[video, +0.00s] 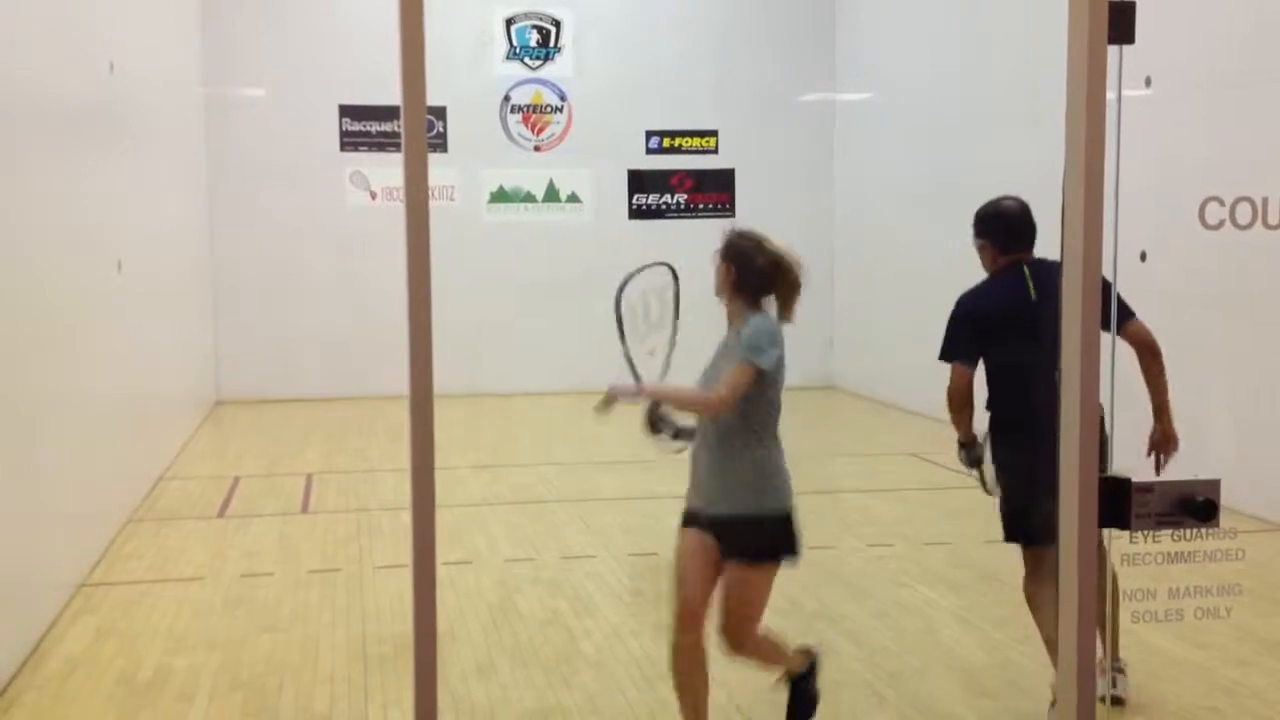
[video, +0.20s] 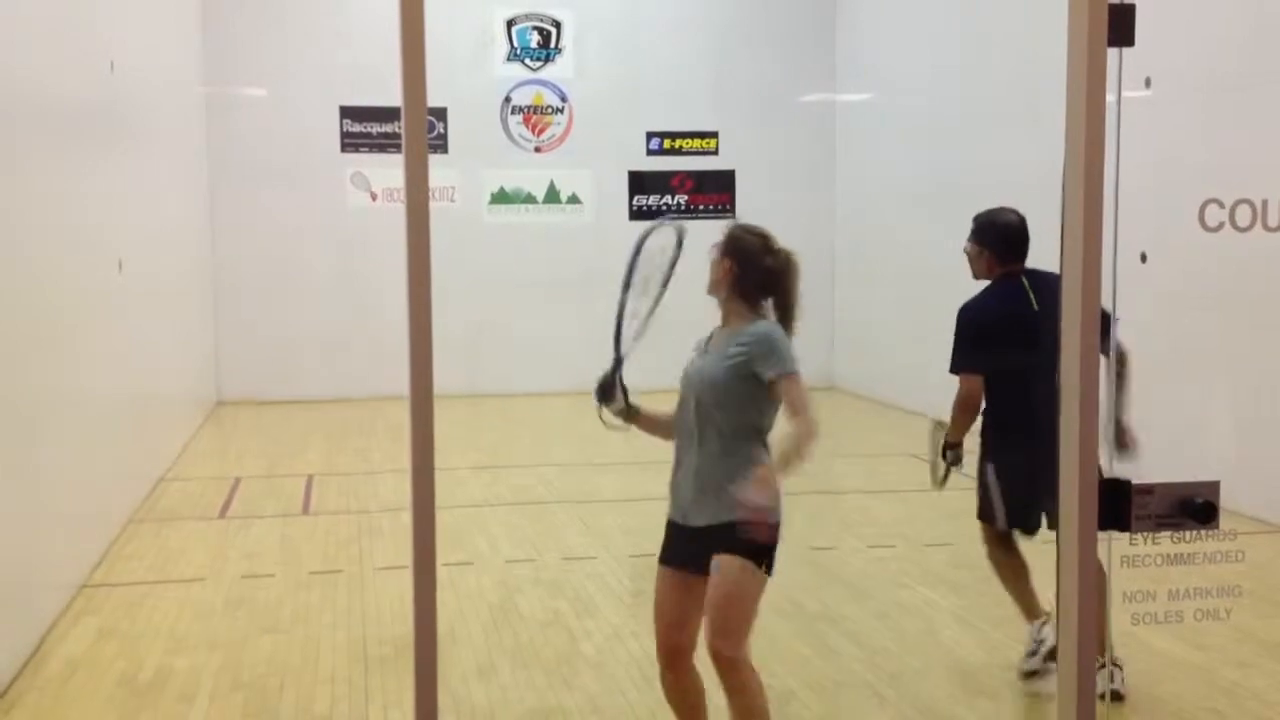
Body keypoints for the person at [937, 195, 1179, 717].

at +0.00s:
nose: (977, 253)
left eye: (978, 245)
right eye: (977, 245)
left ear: (987, 247)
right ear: (1032, 241)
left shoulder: (977, 303)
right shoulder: (1079, 279)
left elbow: (959, 388)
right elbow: (1145, 342)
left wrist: (966, 437)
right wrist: (1163, 419)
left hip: (1023, 451)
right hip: (1085, 444)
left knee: (1040, 565)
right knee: (1093, 549)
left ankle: (1069, 683)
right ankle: (1114, 666)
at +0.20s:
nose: (967, 251)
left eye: (971, 246)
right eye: (969, 244)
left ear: (988, 254)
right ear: (1019, 250)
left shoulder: (978, 312)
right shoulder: (1061, 288)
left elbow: (970, 397)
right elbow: (1118, 353)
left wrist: (952, 441)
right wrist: (1119, 420)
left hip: (1011, 448)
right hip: (1070, 441)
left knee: (997, 534)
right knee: (1082, 548)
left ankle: (1039, 623)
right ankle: (1103, 660)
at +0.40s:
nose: (935, 251)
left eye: (942, 247)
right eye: (939, 244)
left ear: (959, 258)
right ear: (982, 257)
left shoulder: (949, 314)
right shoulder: (1014, 286)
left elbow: (943, 397)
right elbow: (1049, 337)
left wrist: (917, 434)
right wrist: (1011, 357)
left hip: (969, 440)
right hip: (1027, 435)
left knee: (951, 527)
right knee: (1052, 538)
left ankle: (963, 623)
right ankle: (1099, 645)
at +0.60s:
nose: (901, 245)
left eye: (910, 242)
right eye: (907, 239)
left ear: (931, 255)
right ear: (943, 253)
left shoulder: (920, 309)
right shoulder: (977, 278)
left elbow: (910, 386)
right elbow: (1010, 327)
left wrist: (876, 419)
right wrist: (980, 362)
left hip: (942, 421)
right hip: (986, 411)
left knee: (933, 513)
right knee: (962, 501)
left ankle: (963, 620)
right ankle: (1018, 589)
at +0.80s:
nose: (877, 247)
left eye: (886, 242)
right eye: (881, 239)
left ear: (909, 254)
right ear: (913, 251)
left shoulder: (896, 308)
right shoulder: (944, 274)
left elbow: (882, 381)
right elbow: (985, 317)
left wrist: (849, 402)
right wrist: (983, 377)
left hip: (923, 418)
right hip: (954, 408)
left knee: (934, 511)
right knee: (925, 501)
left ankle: (968, 618)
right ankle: (907, 584)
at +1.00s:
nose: (855, 255)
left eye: (863, 249)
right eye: (859, 247)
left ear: (885, 256)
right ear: (891, 255)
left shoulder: (869, 311)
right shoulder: (920, 278)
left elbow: (851, 369)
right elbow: (959, 320)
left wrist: (822, 379)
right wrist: (959, 377)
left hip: (890, 418)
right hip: (921, 412)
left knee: (869, 508)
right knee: (890, 501)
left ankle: (938, 583)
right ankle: (894, 588)